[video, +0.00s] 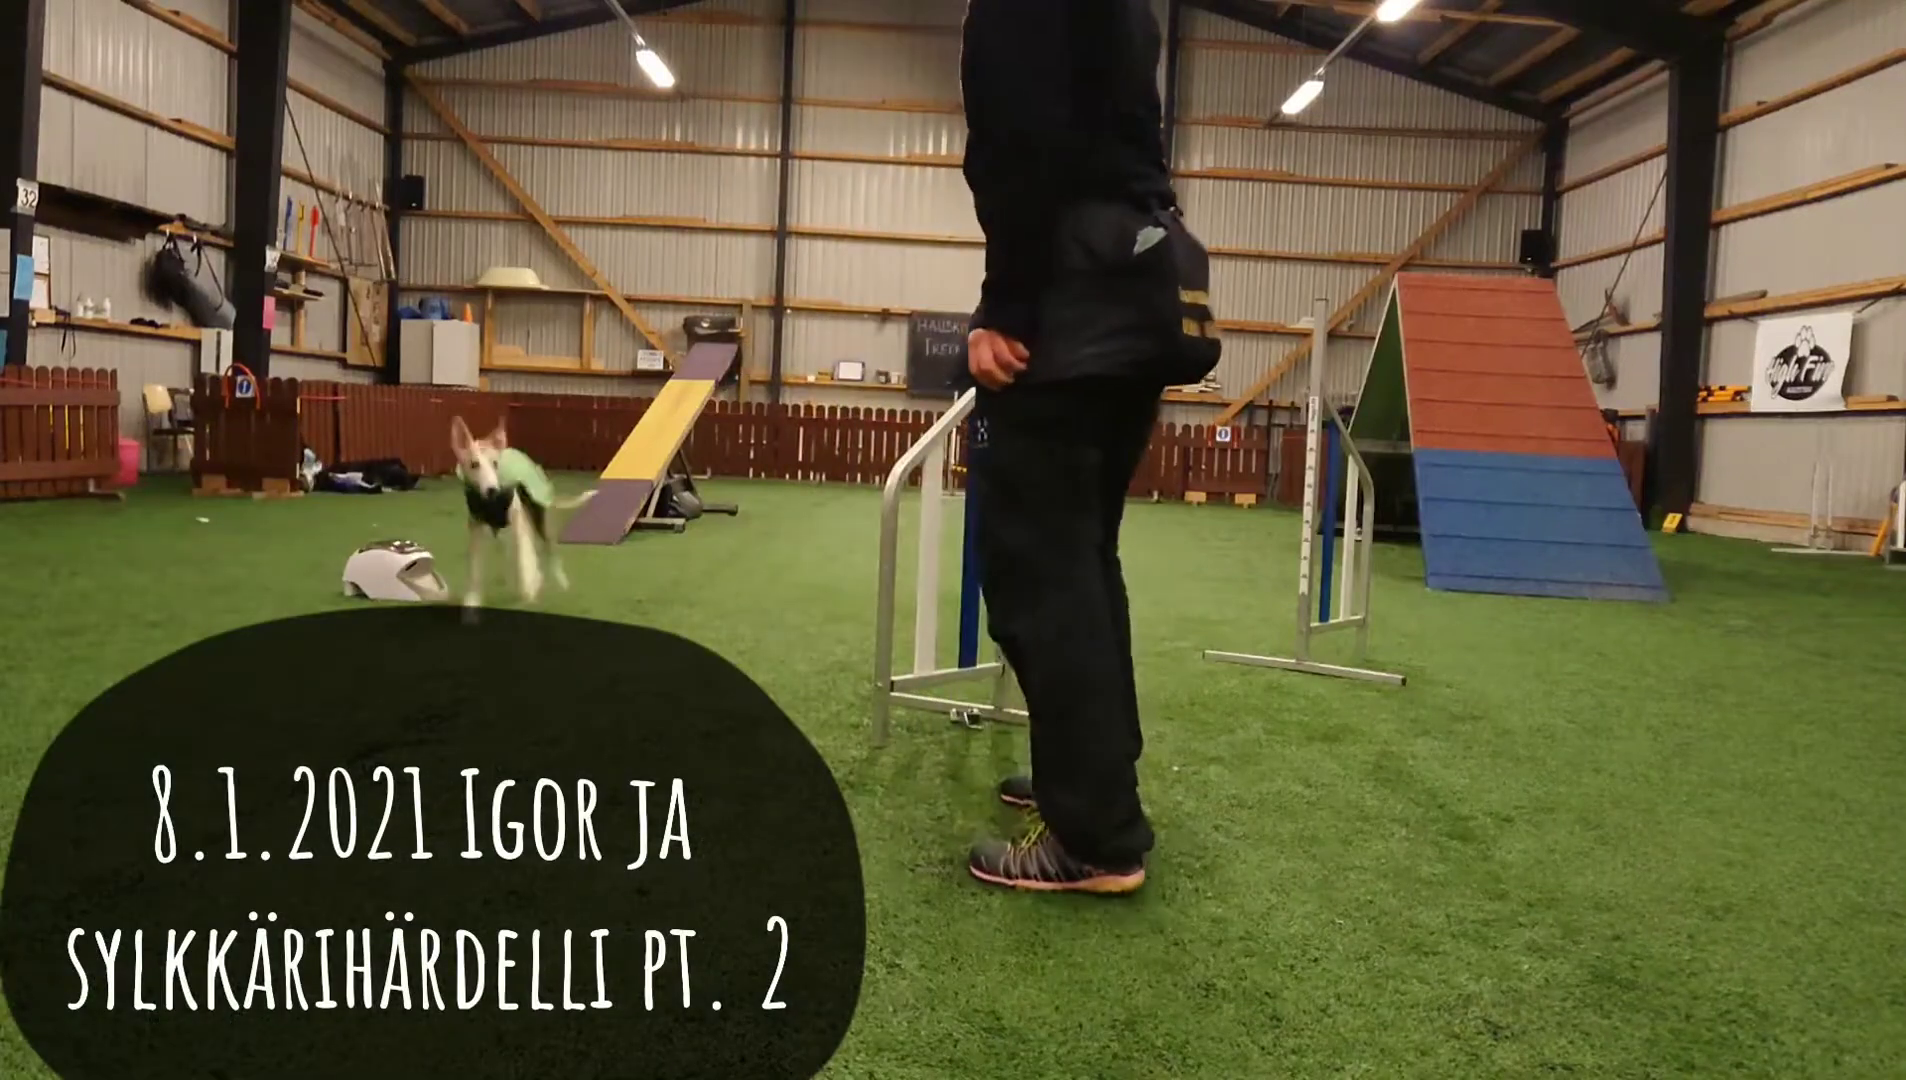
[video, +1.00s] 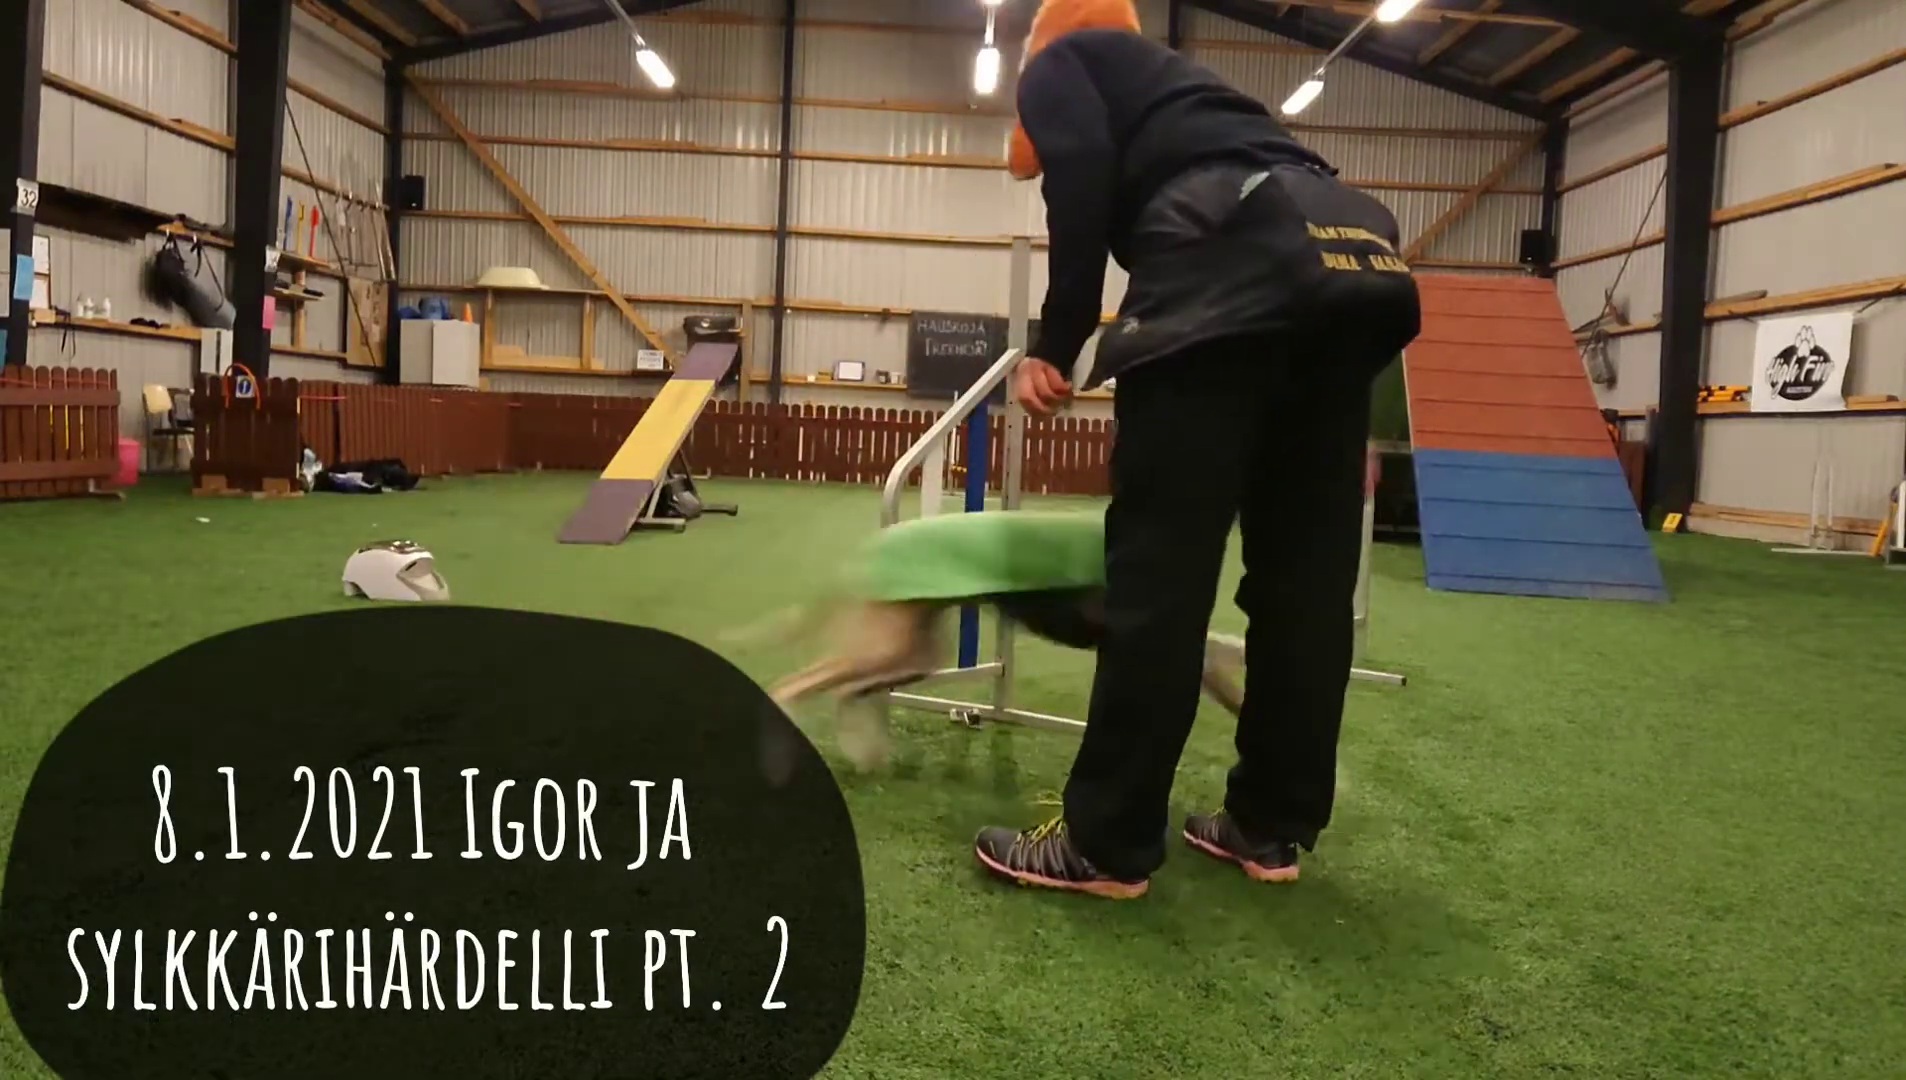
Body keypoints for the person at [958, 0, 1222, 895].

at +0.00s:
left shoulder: (1013, 13)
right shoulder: (1120, 20)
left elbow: (1018, 139)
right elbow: (1121, 150)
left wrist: (1001, 305)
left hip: (1064, 325)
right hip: (1124, 319)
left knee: (1038, 576)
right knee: (1077, 560)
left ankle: (1099, 841)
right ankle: (1087, 780)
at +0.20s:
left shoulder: (993, 12)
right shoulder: (1098, 30)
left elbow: (1020, 143)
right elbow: (1065, 175)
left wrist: (1001, 300)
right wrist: (946, 306)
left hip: (1105, 303)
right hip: (1181, 297)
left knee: (1034, 559)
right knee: (1120, 553)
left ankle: (1098, 840)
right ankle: (1092, 785)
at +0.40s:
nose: (902, 32)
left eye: (903, 19)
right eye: (897, 26)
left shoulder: (972, 7)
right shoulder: (1073, 24)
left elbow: (1018, 132)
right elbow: (1070, 207)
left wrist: (991, 320)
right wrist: (958, 334)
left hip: (1141, 293)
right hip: (1238, 288)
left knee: (1059, 563)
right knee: (1164, 552)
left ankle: (1096, 846)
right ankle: (1154, 802)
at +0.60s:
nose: (948, 117)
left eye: (945, 61)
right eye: (946, 76)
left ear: (962, 26)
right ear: (1033, 23)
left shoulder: (988, 35)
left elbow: (1027, 158)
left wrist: (1009, 344)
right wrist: (1042, 427)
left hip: (1169, 292)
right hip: (1288, 286)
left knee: (1093, 574)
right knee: (1222, 555)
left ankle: (1096, 847)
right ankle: (1246, 811)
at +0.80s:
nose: (993, 143)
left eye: (990, 109)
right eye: (989, 127)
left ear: (1015, 36)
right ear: (1089, 27)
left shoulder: (1028, 51)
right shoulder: (1166, 81)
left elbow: (1056, 163)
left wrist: (1037, 349)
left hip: (1198, 297)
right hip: (1334, 296)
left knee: (1135, 588)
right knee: (1293, 581)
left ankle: (1104, 847)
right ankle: (1271, 828)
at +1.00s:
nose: (1034, 165)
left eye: (1031, 141)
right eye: (1028, 155)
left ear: (1047, 51)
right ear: (1120, 37)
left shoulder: (1058, 59)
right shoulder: (1199, 90)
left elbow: (1082, 165)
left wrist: (1056, 344)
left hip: (1218, 291)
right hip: (1348, 291)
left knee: (1157, 584)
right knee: (1304, 582)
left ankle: (1107, 842)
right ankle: (1272, 828)